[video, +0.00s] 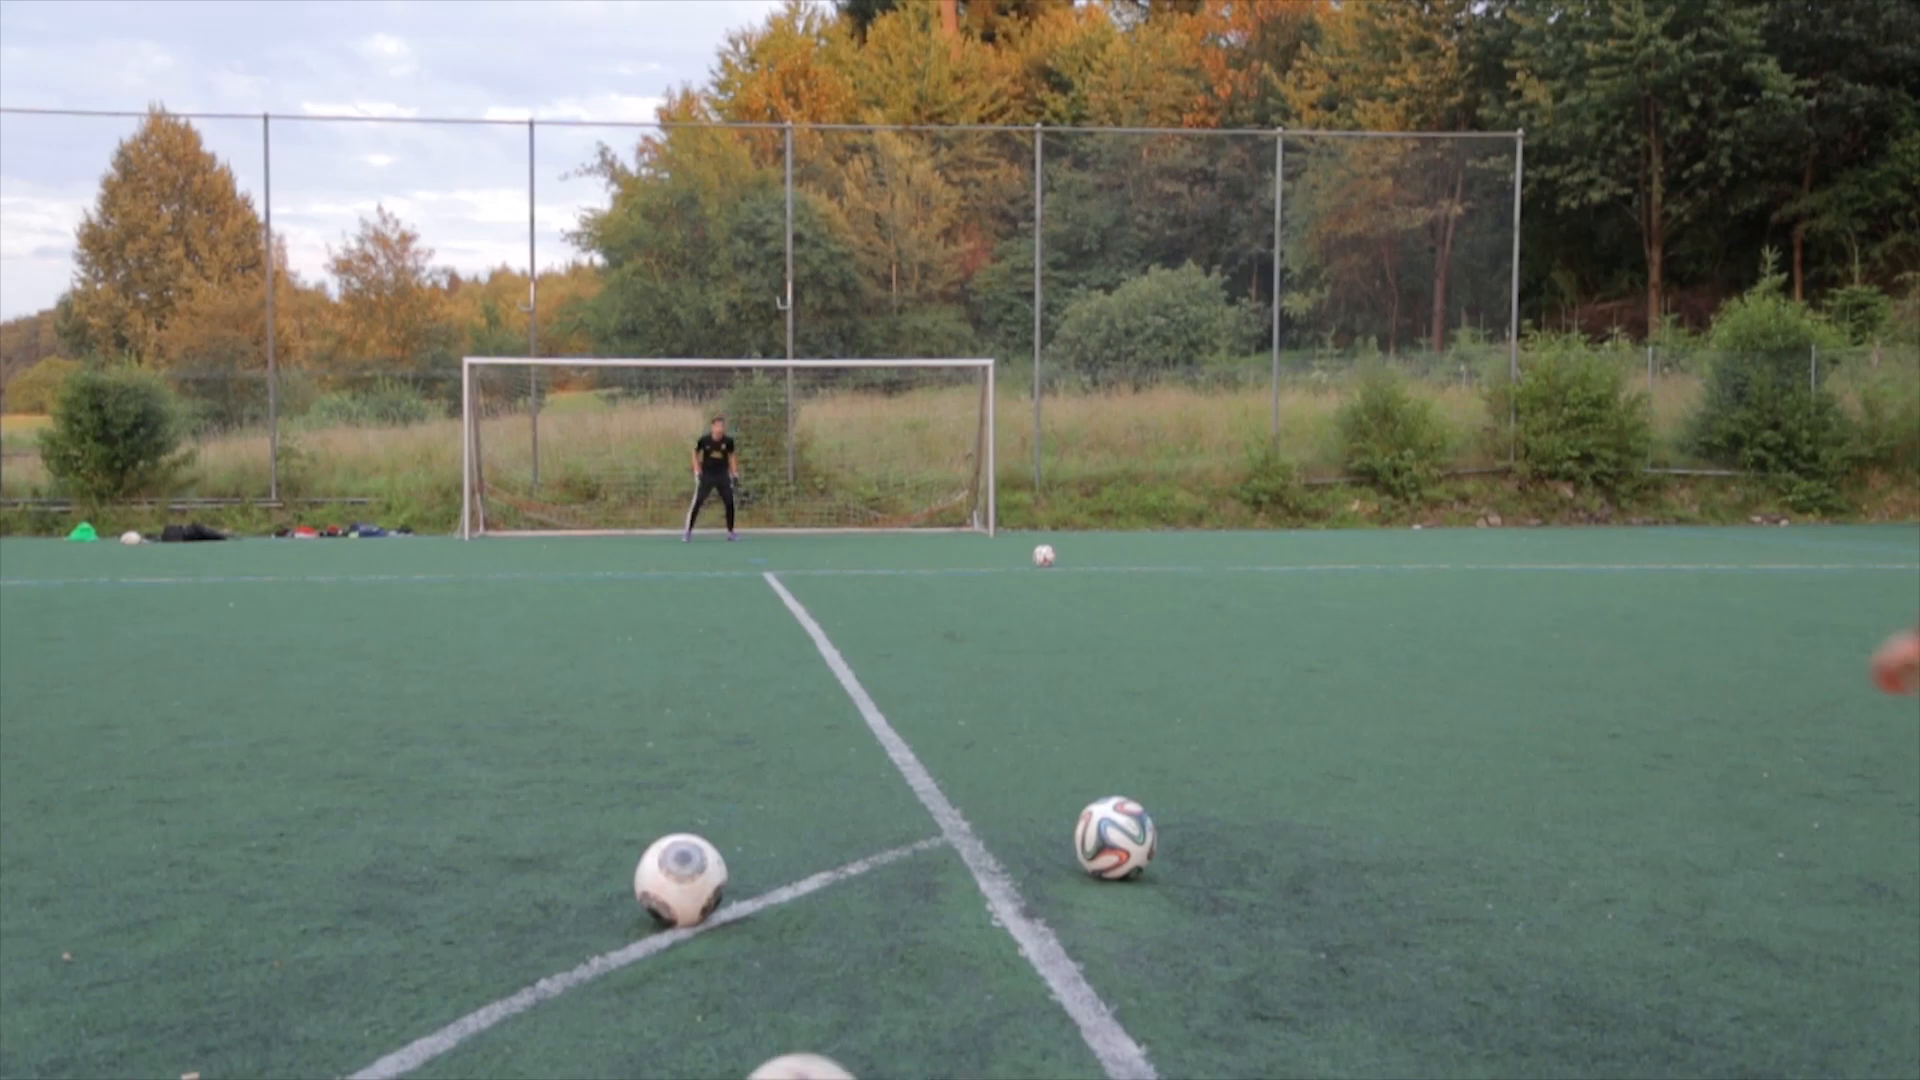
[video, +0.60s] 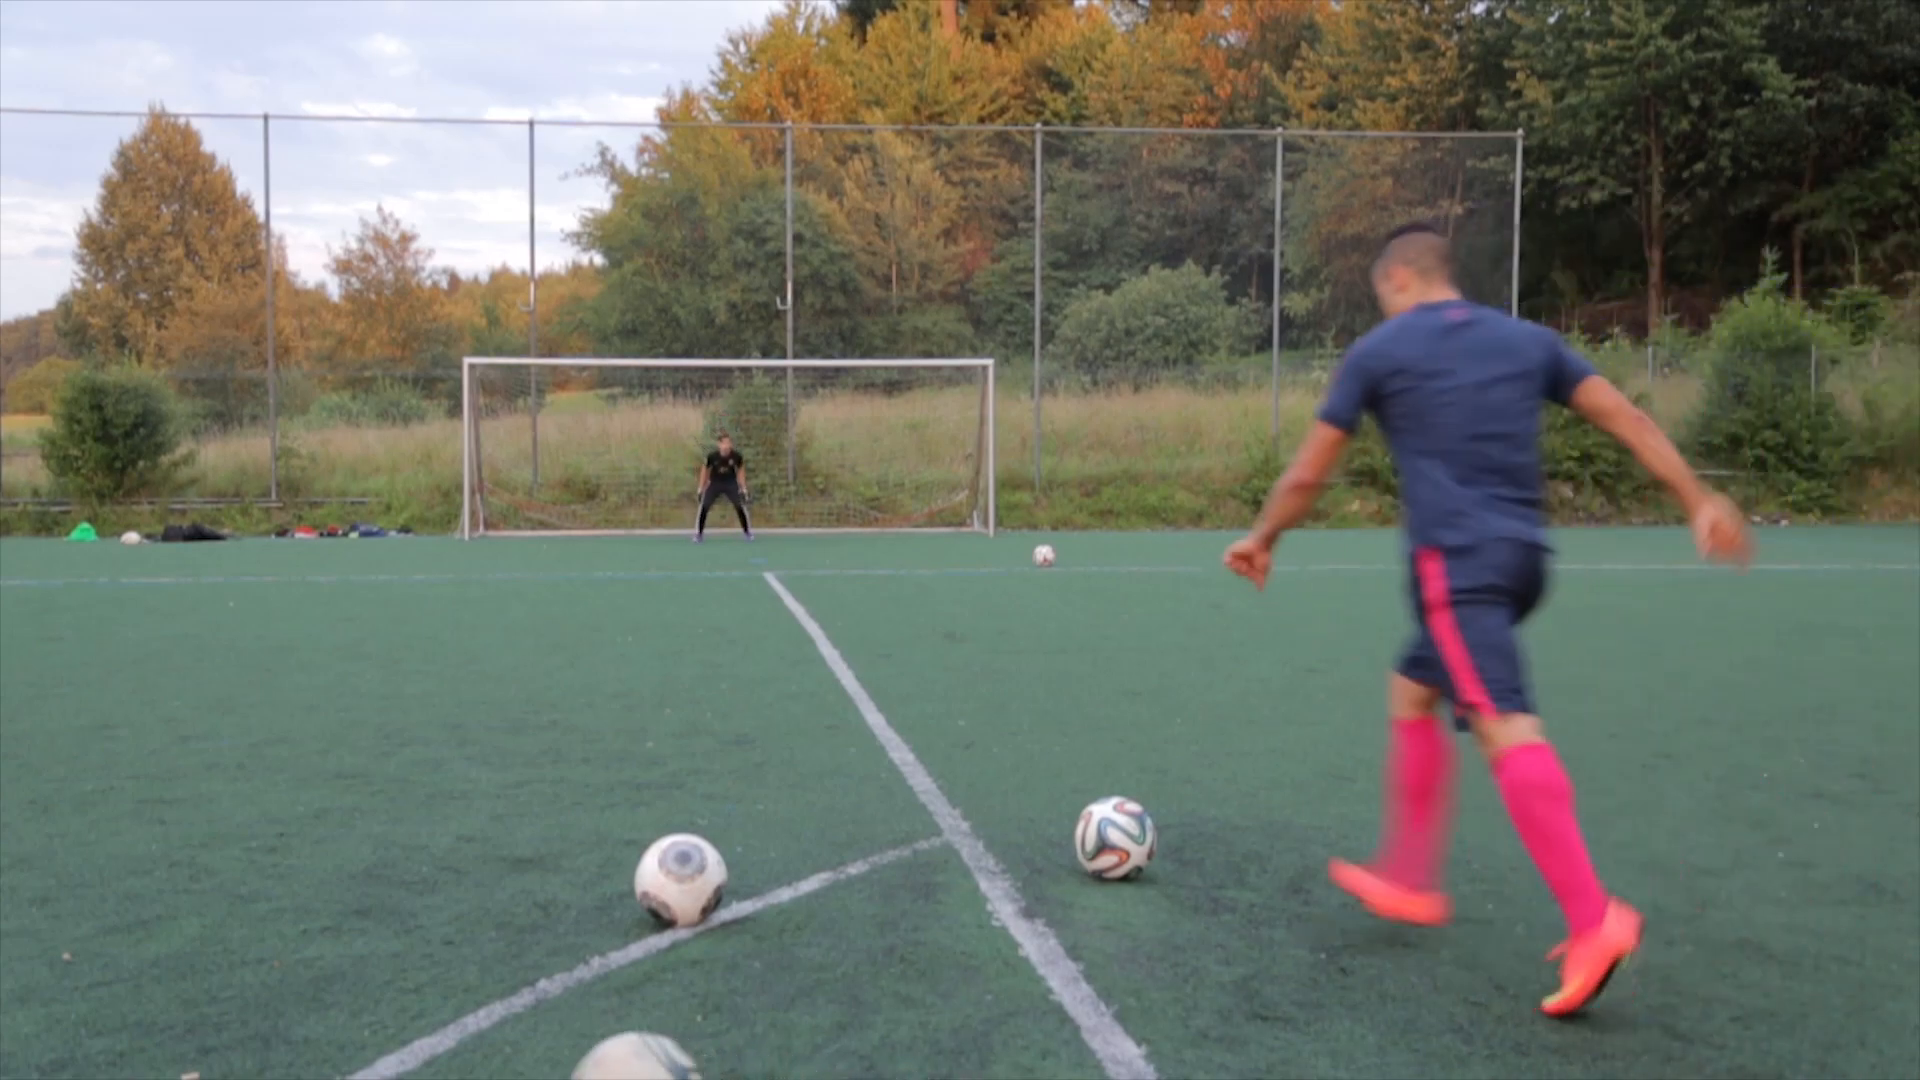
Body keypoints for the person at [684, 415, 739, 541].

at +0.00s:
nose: (718, 429)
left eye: (720, 426)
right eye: (716, 426)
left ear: (724, 428)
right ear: (712, 427)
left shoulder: (728, 442)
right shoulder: (704, 441)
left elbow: (731, 456)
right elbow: (695, 453)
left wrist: (734, 471)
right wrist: (697, 469)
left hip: (723, 476)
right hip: (706, 476)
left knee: (729, 503)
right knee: (697, 502)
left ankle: (730, 530)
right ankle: (688, 531)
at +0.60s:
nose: (726, 446)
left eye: (728, 443)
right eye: (723, 443)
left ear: (731, 444)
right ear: (719, 444)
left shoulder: (736, 457)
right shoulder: (712, 457)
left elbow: (741, 473)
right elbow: (704, 472)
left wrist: (743, 488)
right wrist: (700, 488)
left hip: (731, 486)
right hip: (714, 485)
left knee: (739, 507)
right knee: (704, 507)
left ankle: (747, 532)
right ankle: (699, 534)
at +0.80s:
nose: (737, 442)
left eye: (739, 439)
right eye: (735, 439)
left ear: (743, 439)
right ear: (731, 439)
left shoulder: (750, 450)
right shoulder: (725, 451)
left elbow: (755, 464)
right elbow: (717, 465)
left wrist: (758, 478)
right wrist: (713, 482)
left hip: (746, 482)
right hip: (730, 481)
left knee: (749, 506)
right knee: (717, 505)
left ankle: (749, 532)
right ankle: (705, 532)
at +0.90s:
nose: (743, 438)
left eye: (745, 435)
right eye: (741, 436)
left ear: (748, 435)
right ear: (736, 435)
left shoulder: (756, 445)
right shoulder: (731, 447)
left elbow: (761, 457)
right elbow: (721, 459)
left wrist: (766, 469)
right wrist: (718, 477)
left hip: (753, 476)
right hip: (737, 476)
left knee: (760, 500)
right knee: (726, 500)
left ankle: (755, 529)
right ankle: (721, 527)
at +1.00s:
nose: (749, 437)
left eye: (751, 434)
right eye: (747, 434)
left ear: (754, 436)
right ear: (742, 435)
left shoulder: (762, 447)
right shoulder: (736, 449)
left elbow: (770, 459)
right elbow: (727, 461)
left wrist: (775, 472)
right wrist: (724, 478)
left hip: (759, 476)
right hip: (743, 476)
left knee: (770, 499)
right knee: (736, 499)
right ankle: (734, 527)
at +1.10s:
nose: (755, 447)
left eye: (757, 444)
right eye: (753, 444)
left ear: (760, 444)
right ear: (748, 445)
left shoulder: (768, 454)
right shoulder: (742, 457)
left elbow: (775, 468)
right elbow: (733, 468)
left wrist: (783, 482)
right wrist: (729, 484)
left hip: (765, 483)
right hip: (749, 484)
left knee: (779, 504)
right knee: (743, 505)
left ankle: (795, 530)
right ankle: (746, 532)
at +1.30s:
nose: (747, 461)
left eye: (749, 458)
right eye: (744, 458)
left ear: (753, 456)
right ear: (741, 458)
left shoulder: (763, 465)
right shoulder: (739, 468)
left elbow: (774, 479)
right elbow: (735, 483)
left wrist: (782, 496)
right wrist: (731, 499)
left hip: (762, 492)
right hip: (746, 493)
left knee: (778, 510)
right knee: (733, 508)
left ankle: (794, 533)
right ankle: (737, 534)